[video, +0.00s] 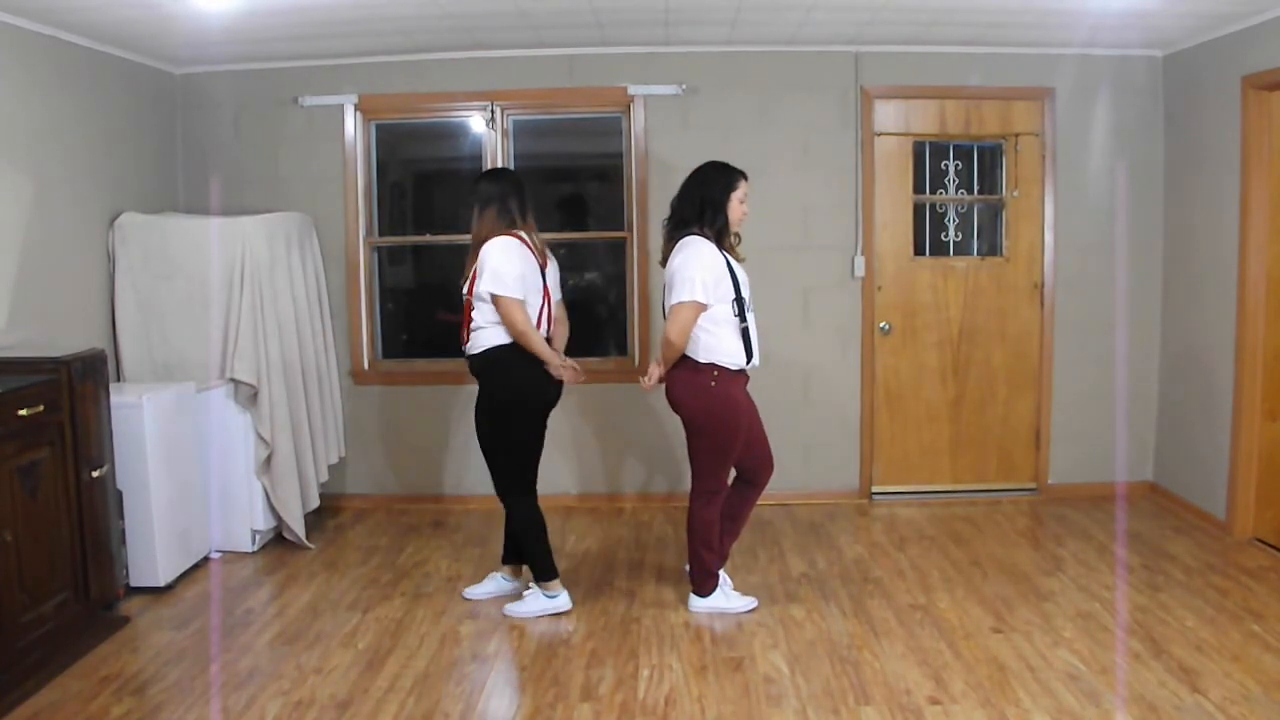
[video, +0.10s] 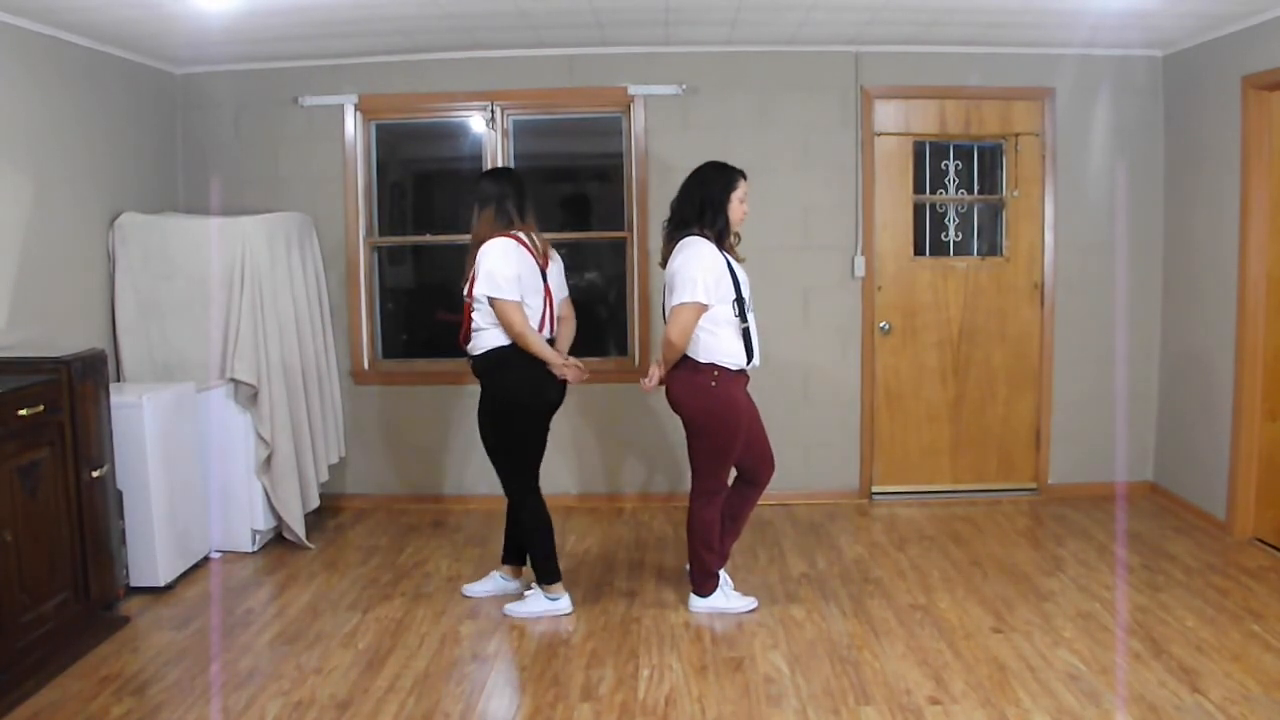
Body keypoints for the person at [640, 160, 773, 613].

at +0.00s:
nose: (746, 209)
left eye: (746, 200)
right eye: (741, 200)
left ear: (716, 202)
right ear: (716, 201)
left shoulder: (714, 250)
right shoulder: (696, 251)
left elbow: (684, 323)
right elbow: (677, 334)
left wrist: (662, 363)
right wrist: (661, 365)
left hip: (725, 379)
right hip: (705, 381)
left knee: (757, 469)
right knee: (709, 485)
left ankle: (710, 565)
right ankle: (705, 589)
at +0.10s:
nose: (746, 210)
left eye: (746, 201)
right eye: (741, 201)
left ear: (715, 203)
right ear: (716, 201)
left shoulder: (714, 250)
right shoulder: (696, 252)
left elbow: (685, 324)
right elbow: (677, 334)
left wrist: (662, 365)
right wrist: (662, 367)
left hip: (726, 379)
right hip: (706, 381)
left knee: (758, 470)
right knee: (710, 485)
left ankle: (711, 565)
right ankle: (705, 589)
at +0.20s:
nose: (746, 208)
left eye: (746, 199)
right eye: (741, 199)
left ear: (716, 202)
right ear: (716, 201)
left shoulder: (715, 250)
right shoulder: (696, 252)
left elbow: (685, 325)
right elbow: (678, 335)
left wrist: (662, 365)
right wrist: (662, 367)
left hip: (727, 380)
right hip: (707, 381)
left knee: (759, 469)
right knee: (709, 486)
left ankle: (712, 564)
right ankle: (705, 589)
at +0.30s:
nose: (746, 208)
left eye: (746, 199)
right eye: (741, 199)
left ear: (717, 202)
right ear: (717, 201)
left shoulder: (717, 251)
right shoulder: (697, 252)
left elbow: (687, 325)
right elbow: (679, 335)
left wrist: (664, 364)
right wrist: (663, 367)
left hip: (728, 380)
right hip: (706, 381)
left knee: (759, 469)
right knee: (709, 487)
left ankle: (713, 564)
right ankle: (705, 589)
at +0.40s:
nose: (746, 209)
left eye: (746, 199)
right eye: (741, 200)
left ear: (716, 202)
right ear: (717, 202)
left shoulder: (717, 251)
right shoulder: (697, 252)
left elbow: (687, 326)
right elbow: (680, 335)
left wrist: (664, 364)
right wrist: (663, 367)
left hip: (728, 380)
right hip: (706, 381)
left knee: (759, 468)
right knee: (709, 487)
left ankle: (714, 562)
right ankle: (705, 588)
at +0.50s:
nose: (746, 210)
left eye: (747, 201)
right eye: (741, 201)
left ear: (715, 203)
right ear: (717, 202)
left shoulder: (715, 252)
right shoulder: (698, 253)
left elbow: (686, 325)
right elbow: (680, 336)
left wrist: (663, 365)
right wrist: (663, 367)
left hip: (727, 380)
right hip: (708, 381)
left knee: (759, 470)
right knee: (707, 488)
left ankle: (713, 564)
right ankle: (705, 589)